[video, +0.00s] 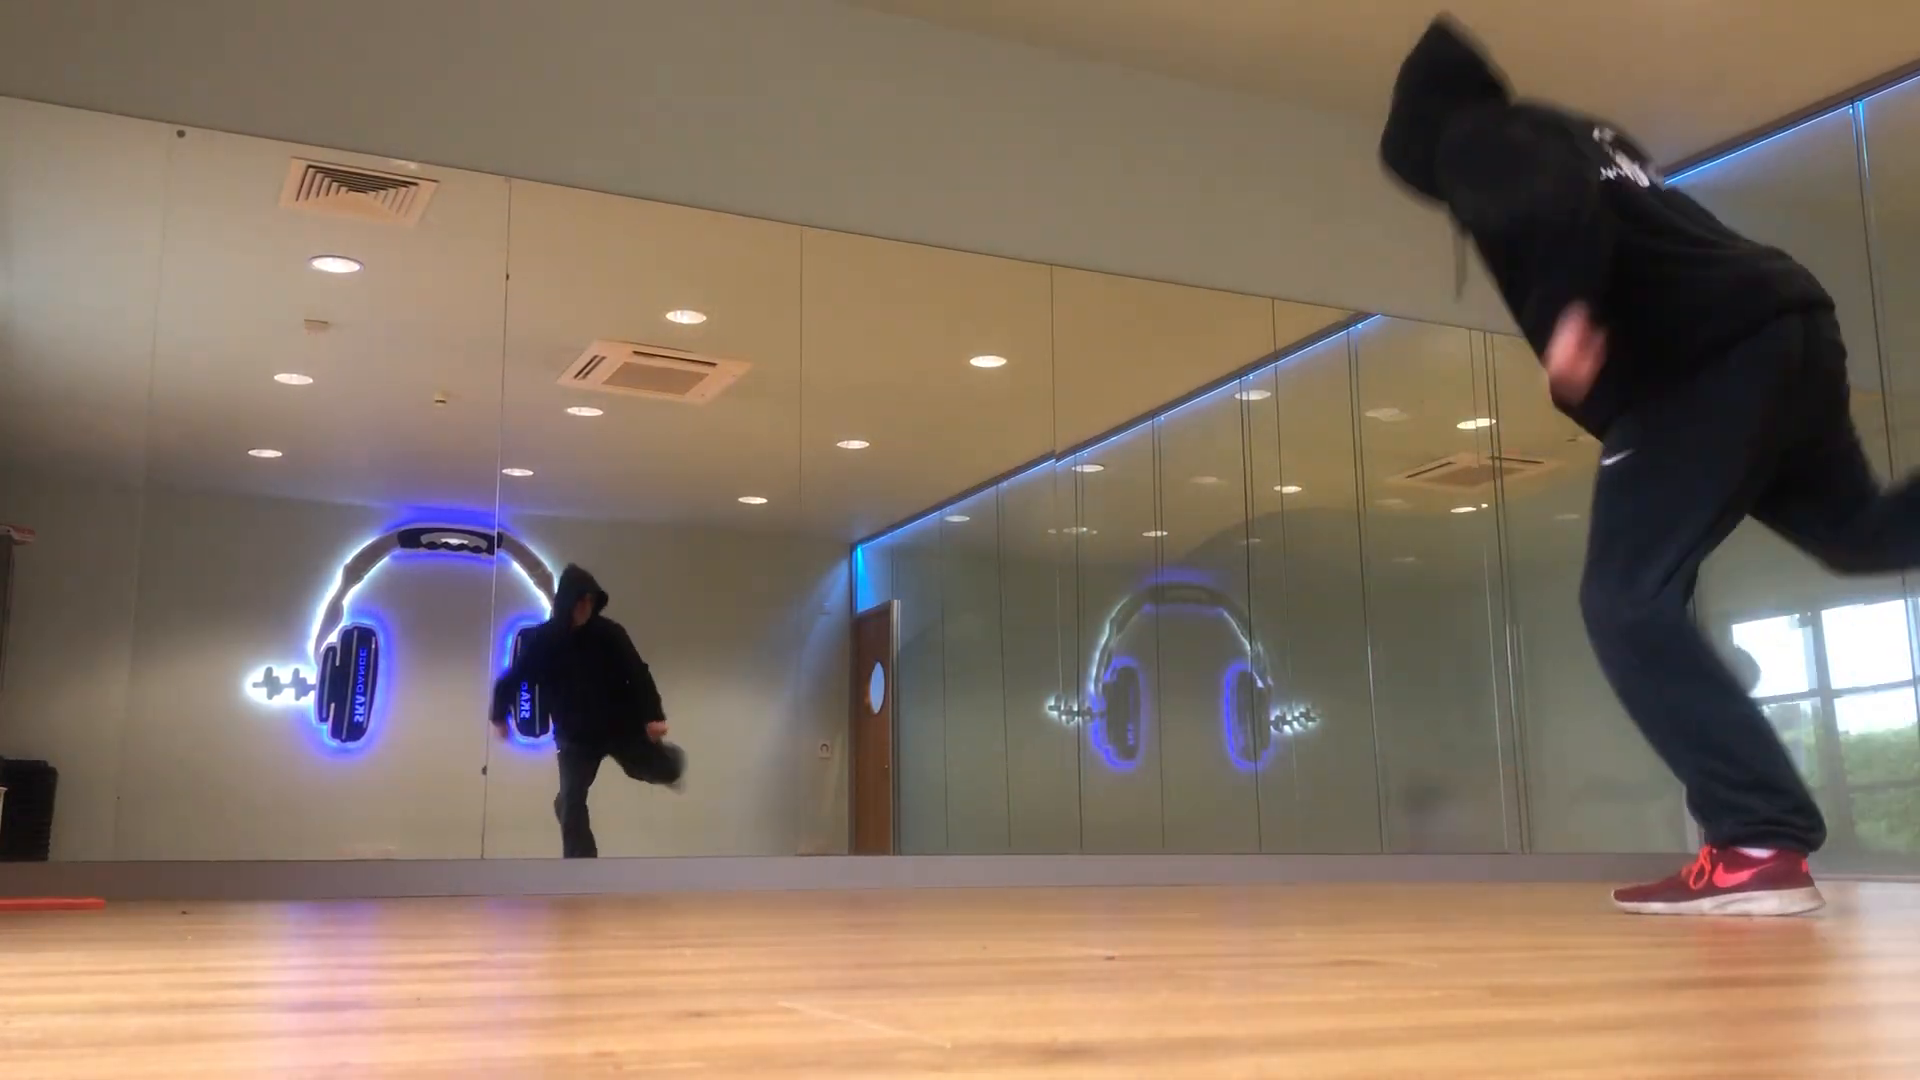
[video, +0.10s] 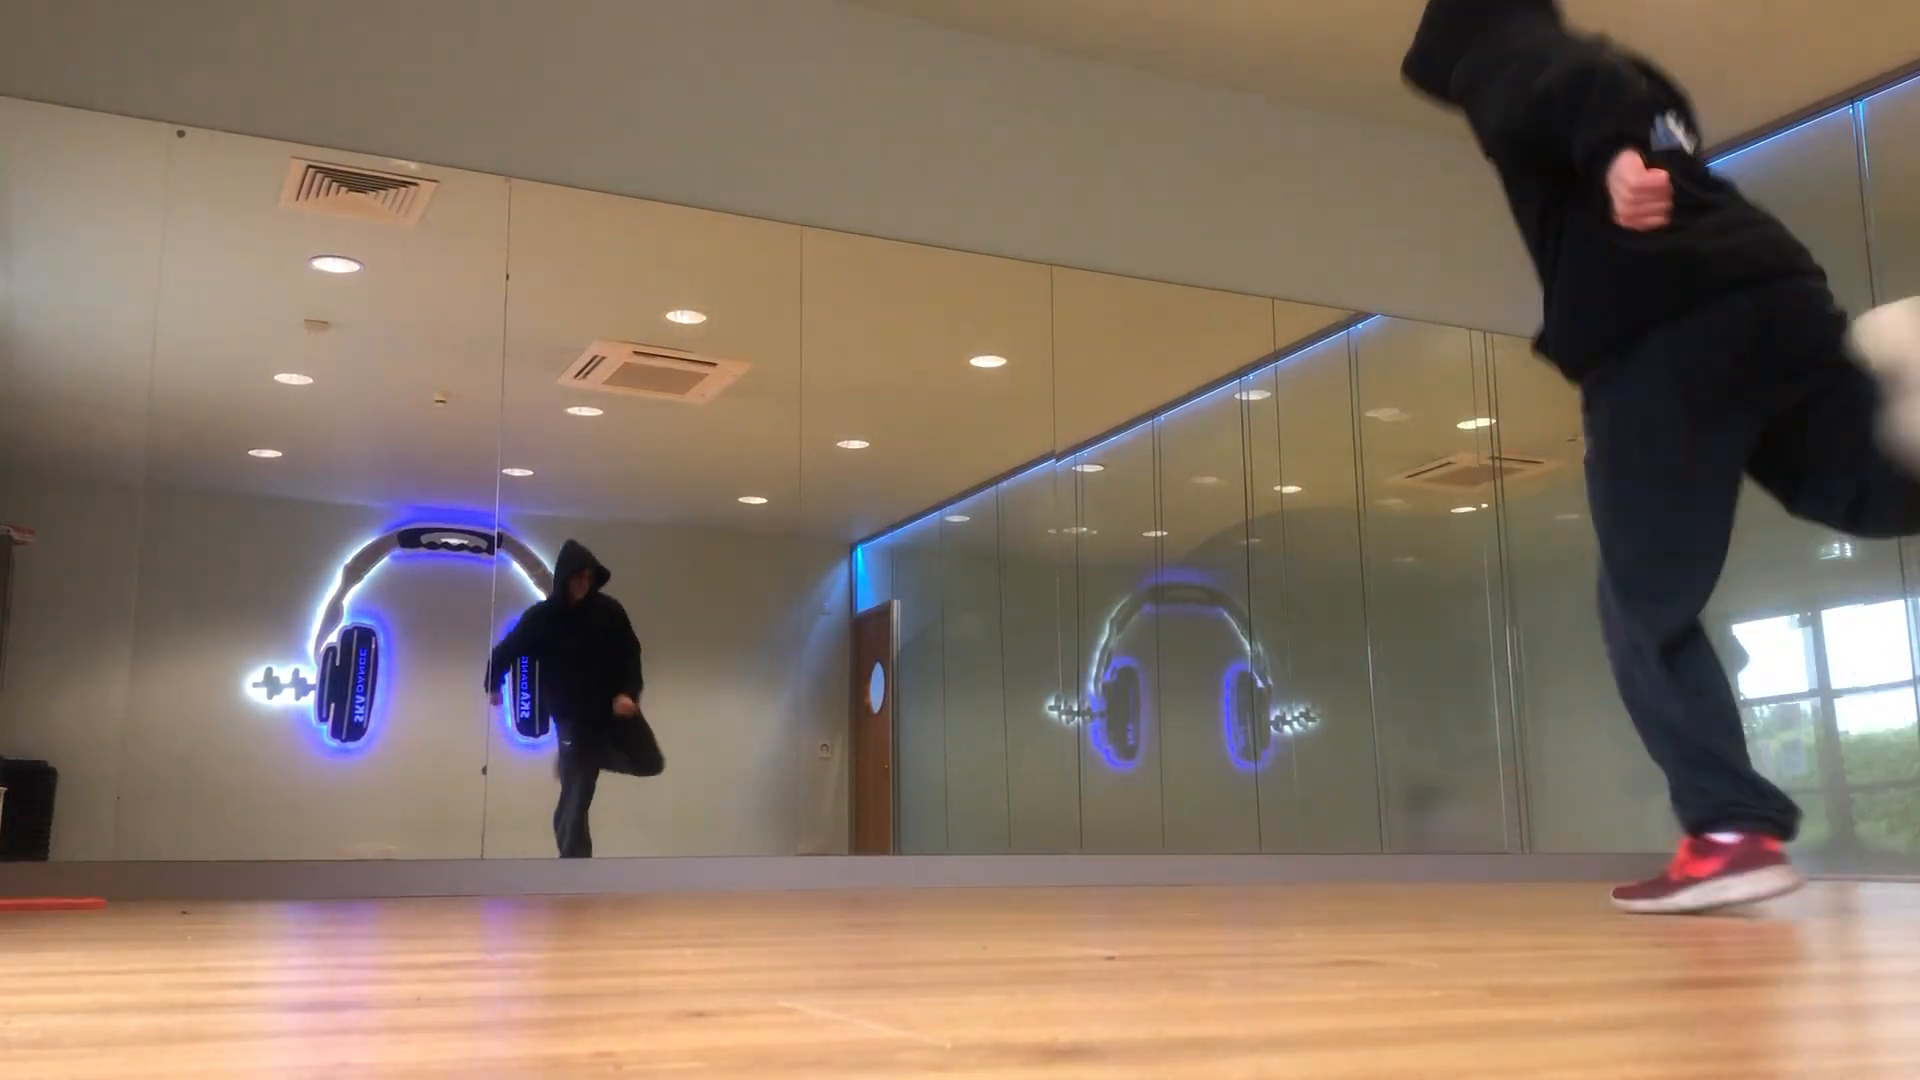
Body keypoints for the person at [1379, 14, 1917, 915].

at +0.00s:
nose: (1422, 184)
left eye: (1417, 165)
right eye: (1417, 169)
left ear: (1424, 128)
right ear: (1477, 90)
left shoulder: (1475, 137)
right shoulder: (1566, 134)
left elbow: (1550, 193)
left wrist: (1567, 307)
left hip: (1709, 357)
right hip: (1786, 334)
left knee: (1627, 601)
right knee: (1858, 532)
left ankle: (1760, 839)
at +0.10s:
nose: (1441, 81)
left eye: (1445, 61)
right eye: (1441, 68)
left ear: (1462, 32)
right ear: (1532, 11)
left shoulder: (1492, 46)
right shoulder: (1608, 60)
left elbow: (1569, 81)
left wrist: (1614, 152)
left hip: (1661, 331)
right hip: (1771, 301)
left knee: (1647, 605)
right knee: (1869, 487)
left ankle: (1732, 831)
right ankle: (1899, 397)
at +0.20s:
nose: (1464, 34)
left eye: (1469, 25)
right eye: (1465, 29)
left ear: (1486, 5)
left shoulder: (1513, 15)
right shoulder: (1668, 32)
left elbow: (1574, 74)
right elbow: (1720, 129)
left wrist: (1509, 200)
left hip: (1627, 309)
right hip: (1761, 272)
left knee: (1645, 570)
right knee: (1891, 485)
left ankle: (1676, 833)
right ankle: (1792, 506)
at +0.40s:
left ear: (1542, 69)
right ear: (1634, 52)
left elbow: (1377, 201)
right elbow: (1895, 165)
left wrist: (1472, 173)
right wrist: (1887, 287)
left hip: (1658, 342)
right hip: (1814, 317)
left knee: (1640, 597)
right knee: (1818, 530)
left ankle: (1675, 849)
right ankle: (1900, 675)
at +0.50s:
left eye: (1578, 40)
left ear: (1586, 34)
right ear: (1672, 19)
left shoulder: (1572, 88)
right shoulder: (1781, 61)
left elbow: (1497, 211)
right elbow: (1906, 110)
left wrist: (1614, 201)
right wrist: (1829, 188)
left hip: (1667, 335)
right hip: (1834, 310)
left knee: (1666, 596)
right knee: (1910, 547)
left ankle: (1674, 848)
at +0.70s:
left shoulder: (1657, 19)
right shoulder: (1643, 18)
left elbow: (1511, 56)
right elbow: (1513, 56)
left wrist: (1395, 137)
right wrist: (1398, 136)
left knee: (1753, 548)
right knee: (1754, 547)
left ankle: (1682, 834)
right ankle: (1682, 833)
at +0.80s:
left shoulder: (1778, 29)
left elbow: (1645, 17)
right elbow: (1656, 19)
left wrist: (1493, 45)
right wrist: (1497, 42)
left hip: (1870, 272)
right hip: (1872, 268)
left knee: (1804, 555)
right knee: (1805, 560)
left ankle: (1688, 840)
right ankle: (1690, 838)